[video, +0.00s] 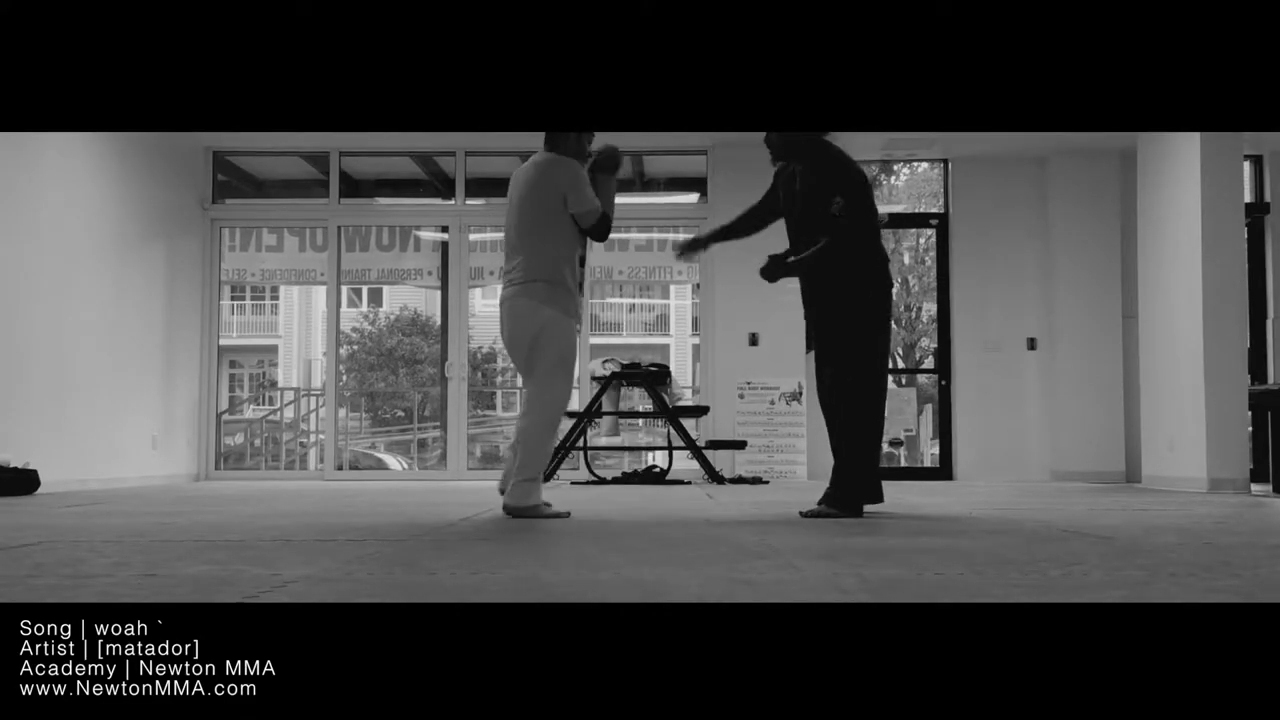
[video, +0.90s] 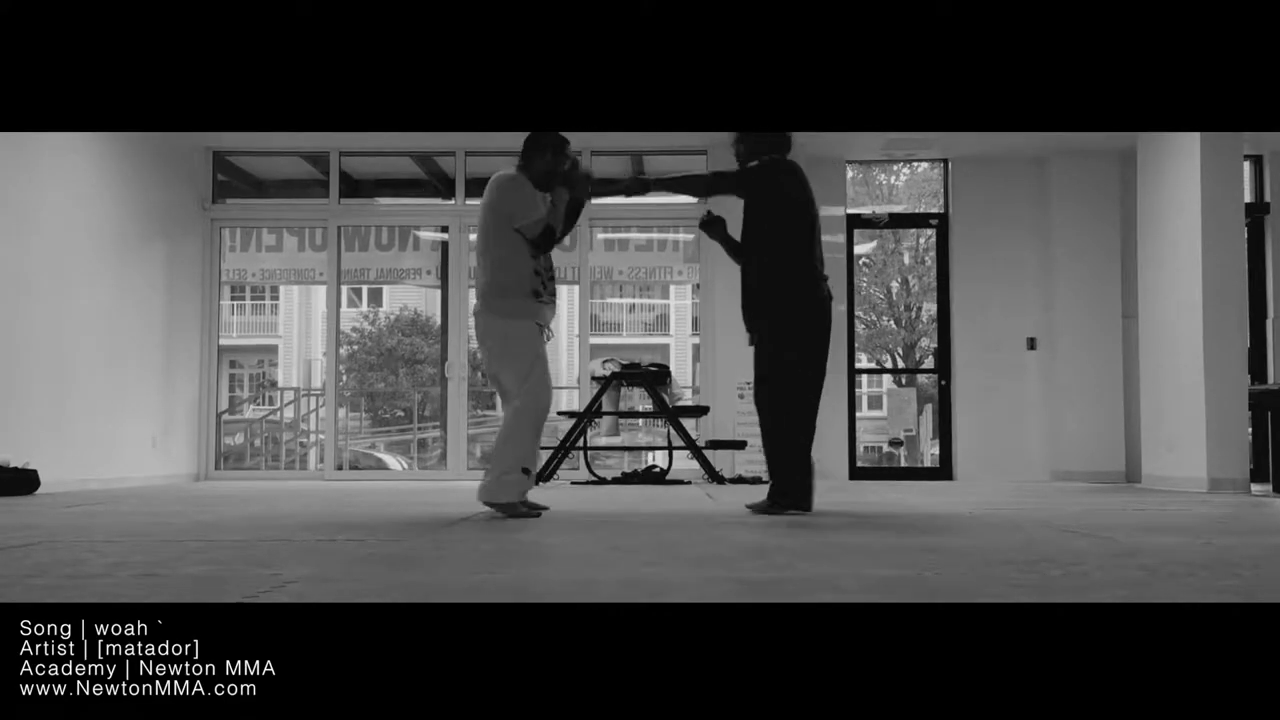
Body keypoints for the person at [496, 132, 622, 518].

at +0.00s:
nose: (590, 146)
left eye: (591, 140)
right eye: (588, 139)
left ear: (550, 138)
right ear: (574, 137)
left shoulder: (525, 172)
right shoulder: (567, 169)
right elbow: (600, 229)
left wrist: (593, 177)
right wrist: (606, 178)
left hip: (517, 302)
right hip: (547, 303)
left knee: (540, 395)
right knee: (549, 396)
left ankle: (514, 486)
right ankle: (524, 497)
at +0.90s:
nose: (563, 169)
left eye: (565, 161)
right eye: (562, 160)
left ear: (534, 155)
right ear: (544, 157)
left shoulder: (523, 189)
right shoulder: (512, 185)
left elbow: (557, 234)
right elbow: (541, 240)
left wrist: (579, 197)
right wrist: (563, 197)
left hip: (516, 320)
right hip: (508, 320)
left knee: (526, 400)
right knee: (532, 398)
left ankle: (511, 491)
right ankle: (501, 491)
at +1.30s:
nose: (545, 160)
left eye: (547, 152)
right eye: (541, 150)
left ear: (519, 150)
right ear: (521, 148)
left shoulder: (519, 185)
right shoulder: (489, 176)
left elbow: (561, 218)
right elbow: (525, 230)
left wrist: (558, 177)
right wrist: (549, 183)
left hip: (518, 316)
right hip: (494, 315)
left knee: (521, 404)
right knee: (507, 403)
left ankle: (498, 487)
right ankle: (496, 497)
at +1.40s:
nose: (548, 166)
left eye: (549, 157)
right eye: (546, 156)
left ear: (511, 146)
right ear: (527, 150)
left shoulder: (489, 176)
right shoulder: (501, 174)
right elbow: (548, 216)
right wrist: (545, 174)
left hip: (488, 312)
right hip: (494, 313)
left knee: (503, 400)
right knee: (514, 403)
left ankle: (471, 478)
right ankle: (501, 501)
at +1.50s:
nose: (543, 180)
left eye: (542, 173)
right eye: (541, 173)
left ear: (502, 161)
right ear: (529, 167)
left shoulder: (477, 189)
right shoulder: (513, 179)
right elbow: (556, 223)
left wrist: (543, 209)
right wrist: (549, 191)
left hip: (466, 314)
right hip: (494, 313)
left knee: (489, 400)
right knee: (525, 399)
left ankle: (458, 486)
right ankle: (498, 498)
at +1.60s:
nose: (539, 209)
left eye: (538, 204)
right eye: (537, 203)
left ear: (498, 192)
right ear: (528, 195)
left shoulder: (469, 220)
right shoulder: (519, 209)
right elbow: (555, 257)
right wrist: (550, 230)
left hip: (448, 325)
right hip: (485, 324)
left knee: (474, 414)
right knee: (528, 409)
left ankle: (452, 496)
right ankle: (490, 502)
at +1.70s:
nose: (523, 234)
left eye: (520, 230)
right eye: (520, 230)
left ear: (484, 226)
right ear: (514, 225)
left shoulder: (455, 244)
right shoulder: (517, 236)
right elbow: (552, 285)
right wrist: (555, 259)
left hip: (439, 332)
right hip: (481, 330)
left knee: (470, 421)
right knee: (530, 413)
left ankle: (450, 499)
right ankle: (490, 502)